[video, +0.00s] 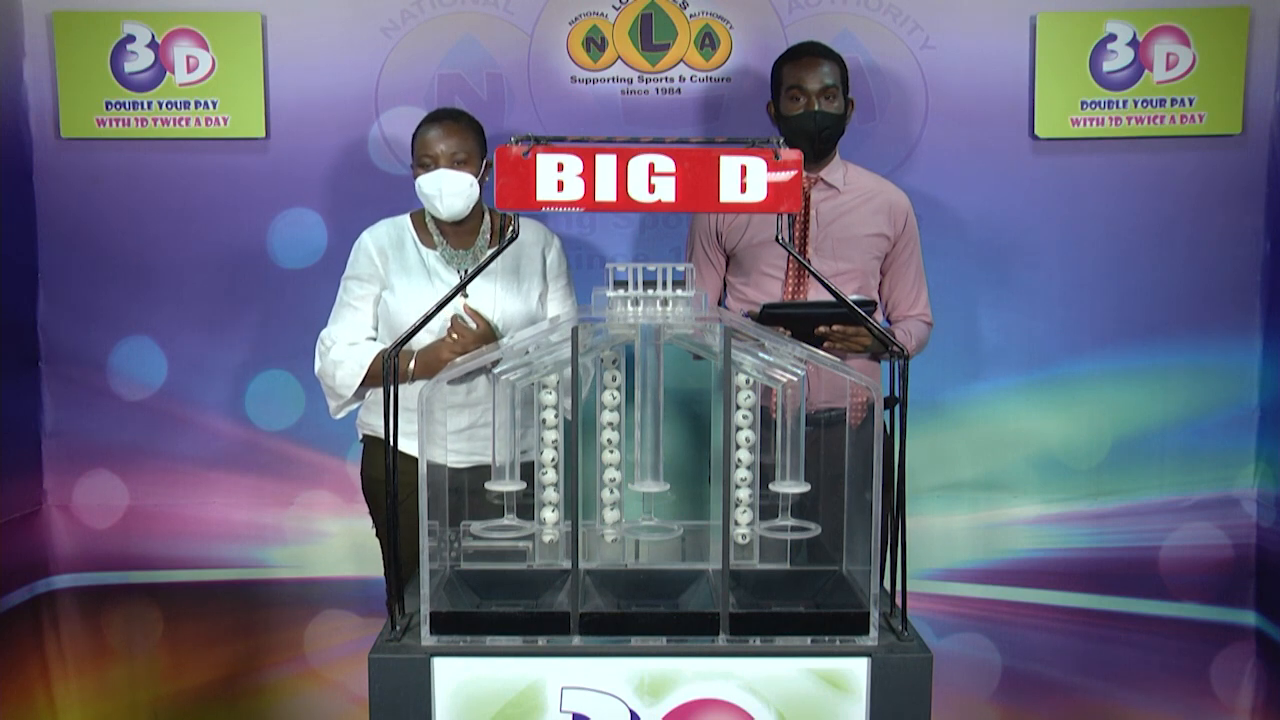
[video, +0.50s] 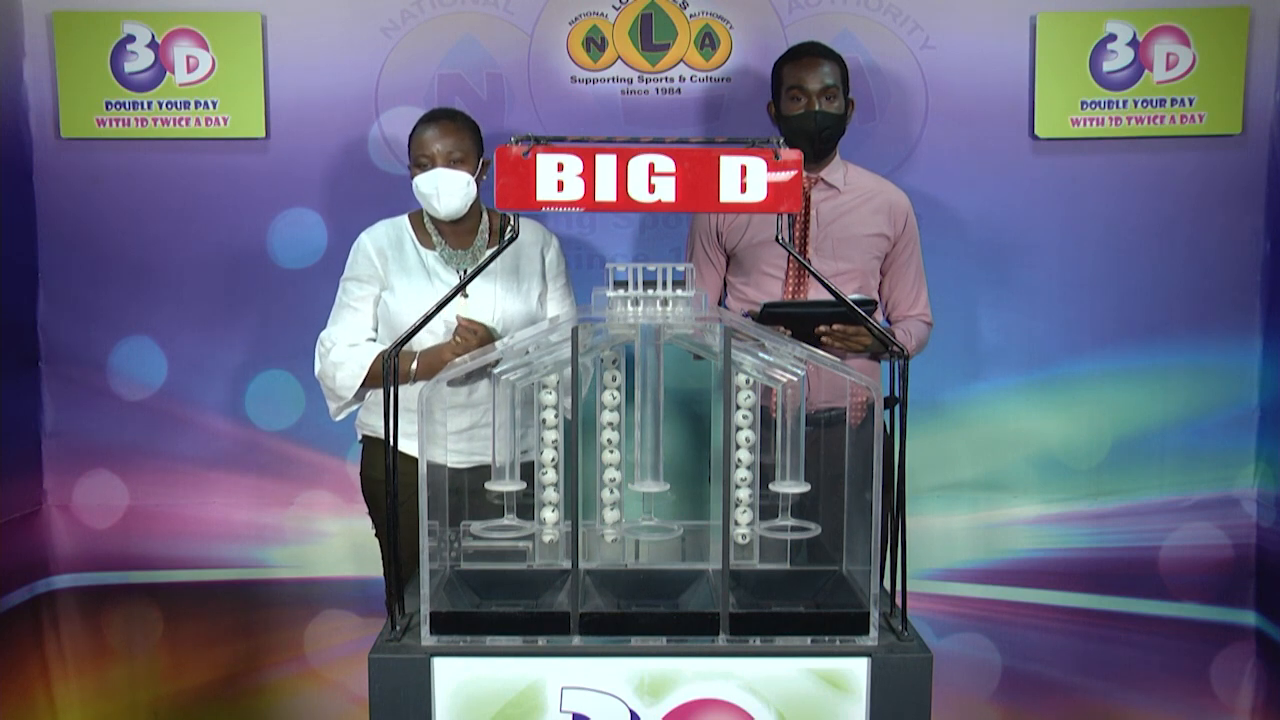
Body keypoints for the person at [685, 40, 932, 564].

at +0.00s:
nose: (812, 107)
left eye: (828, 94)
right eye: (795, 95)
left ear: (848, 108)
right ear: (774, 109)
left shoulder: (887, 205)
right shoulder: (726, 200)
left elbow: (914, 320)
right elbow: (696, 318)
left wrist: (876, 341)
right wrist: (759, 338)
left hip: (843, 416)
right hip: (751, 416)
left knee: (844, 579)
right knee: (753, 578)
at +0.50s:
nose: (813, 107)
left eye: (828, 94)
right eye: (796, 95)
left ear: (848, 108)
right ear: (774, 109)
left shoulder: (887, 205)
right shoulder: (726, 200)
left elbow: (915, 320)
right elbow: (696, 318)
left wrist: (876, 341)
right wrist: (760, 337)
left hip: (843, 417)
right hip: (752, 417)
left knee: (844, 581)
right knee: (753, 579)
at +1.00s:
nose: (814, 107)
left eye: (829, 94)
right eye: (797, 95)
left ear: (848, 108)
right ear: (775, 109)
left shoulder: (888, 205)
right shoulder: (727, 200)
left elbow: (914, 320)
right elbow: (696, 316)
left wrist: (876, 340)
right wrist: (757, 335)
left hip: (843, 415)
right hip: (752, 414)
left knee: (844, 578)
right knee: (753, 576)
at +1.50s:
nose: (813, 107)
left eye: (829, 94)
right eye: (796, 95)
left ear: (848, 108)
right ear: (774, 109)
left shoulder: (888, 205)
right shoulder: (727, 200)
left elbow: (914, 321)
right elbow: (695, 317)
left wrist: (876, 341)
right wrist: (757, 336)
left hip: (843, 416)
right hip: (752, 416)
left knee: (844, 580)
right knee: (753, 579)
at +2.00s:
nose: (814, 107)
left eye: (829, 94)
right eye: (796, 95)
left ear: (848, 108)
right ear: (774, 109)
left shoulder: (888, 205)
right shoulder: (727, 200)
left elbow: (914, 321)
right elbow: (695, 317)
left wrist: (876, 341)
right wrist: (758, 335)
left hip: (844, 416)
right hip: (752, 416)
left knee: (844, 580)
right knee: (753, 579)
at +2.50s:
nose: (813, 107)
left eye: (829, 94)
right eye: (796, 95)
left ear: (848, 108)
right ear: (774, 109)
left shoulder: (888, 205)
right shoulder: (727, 200)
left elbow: (914, 321)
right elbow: (695, 318)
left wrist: (876, 341)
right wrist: (758, 335)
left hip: (844, 417)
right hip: (751, 417)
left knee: (844, 581)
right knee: (753, 579)